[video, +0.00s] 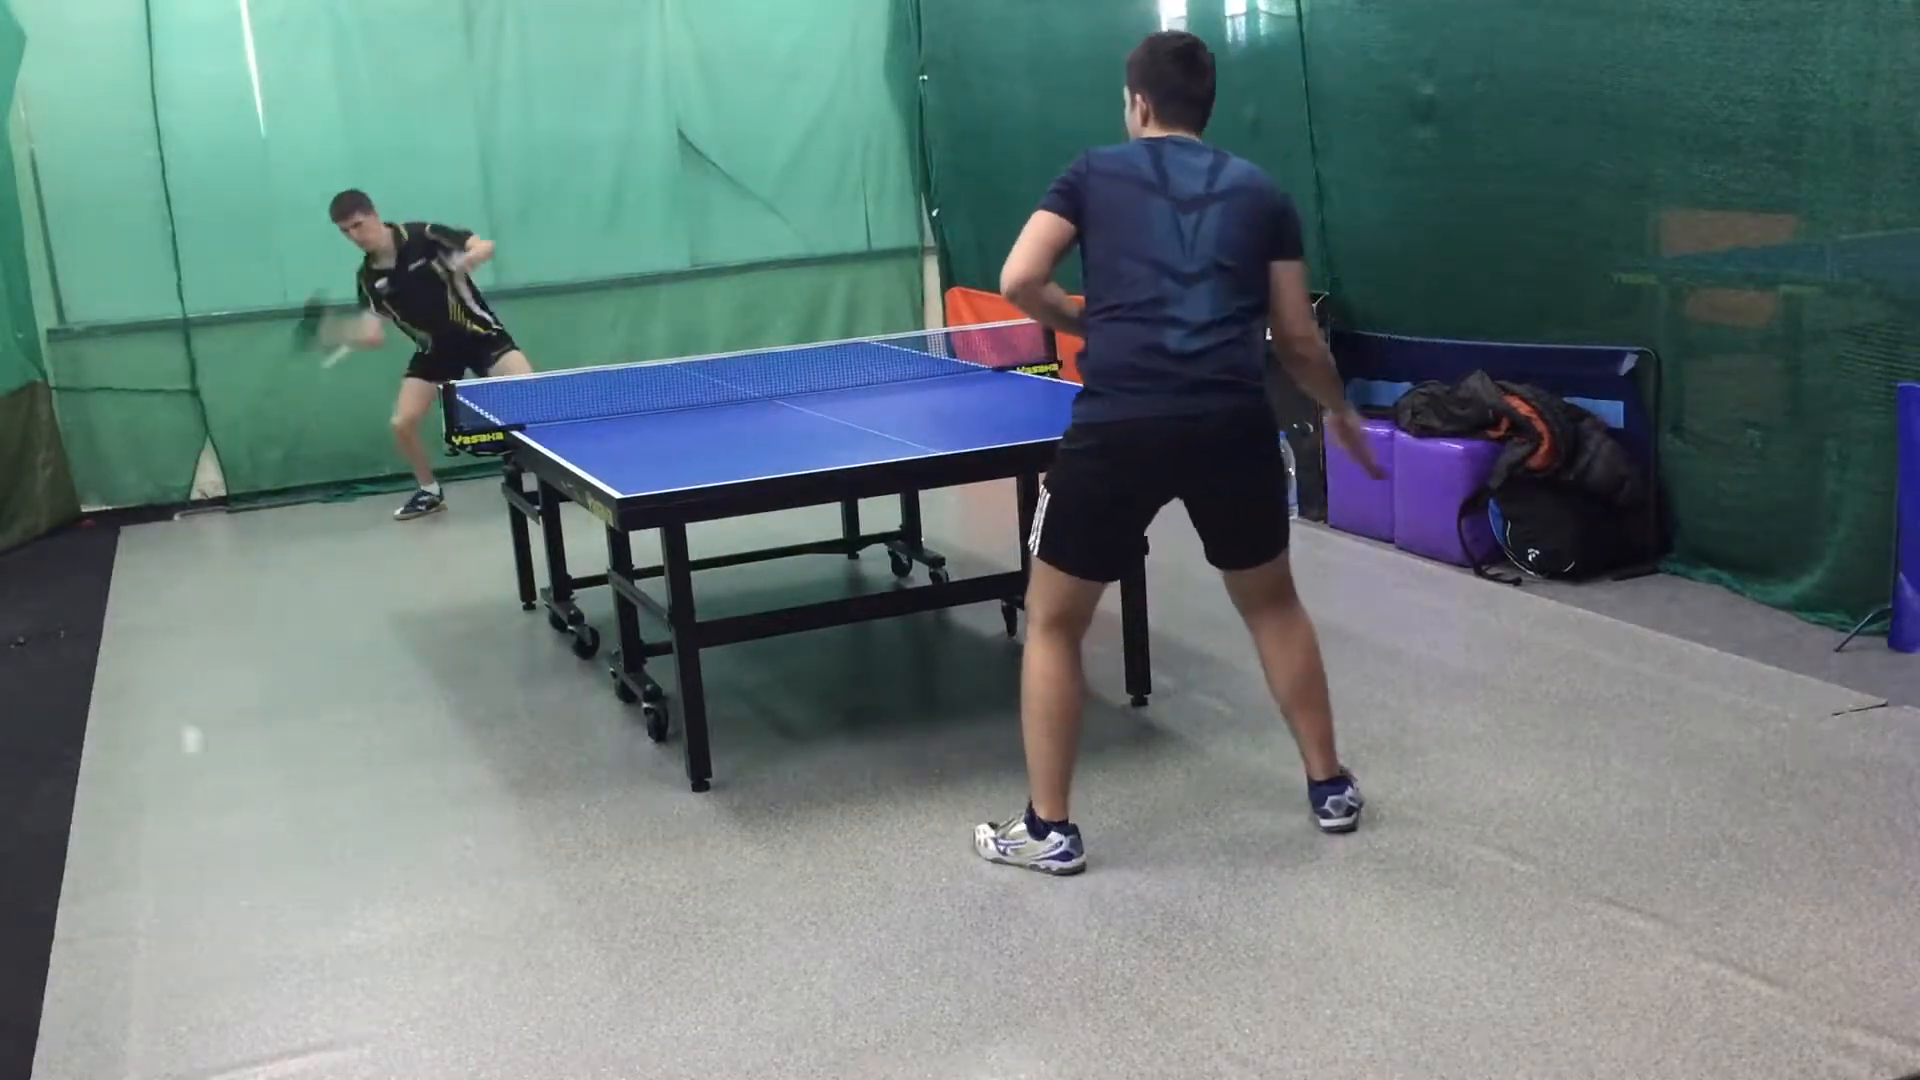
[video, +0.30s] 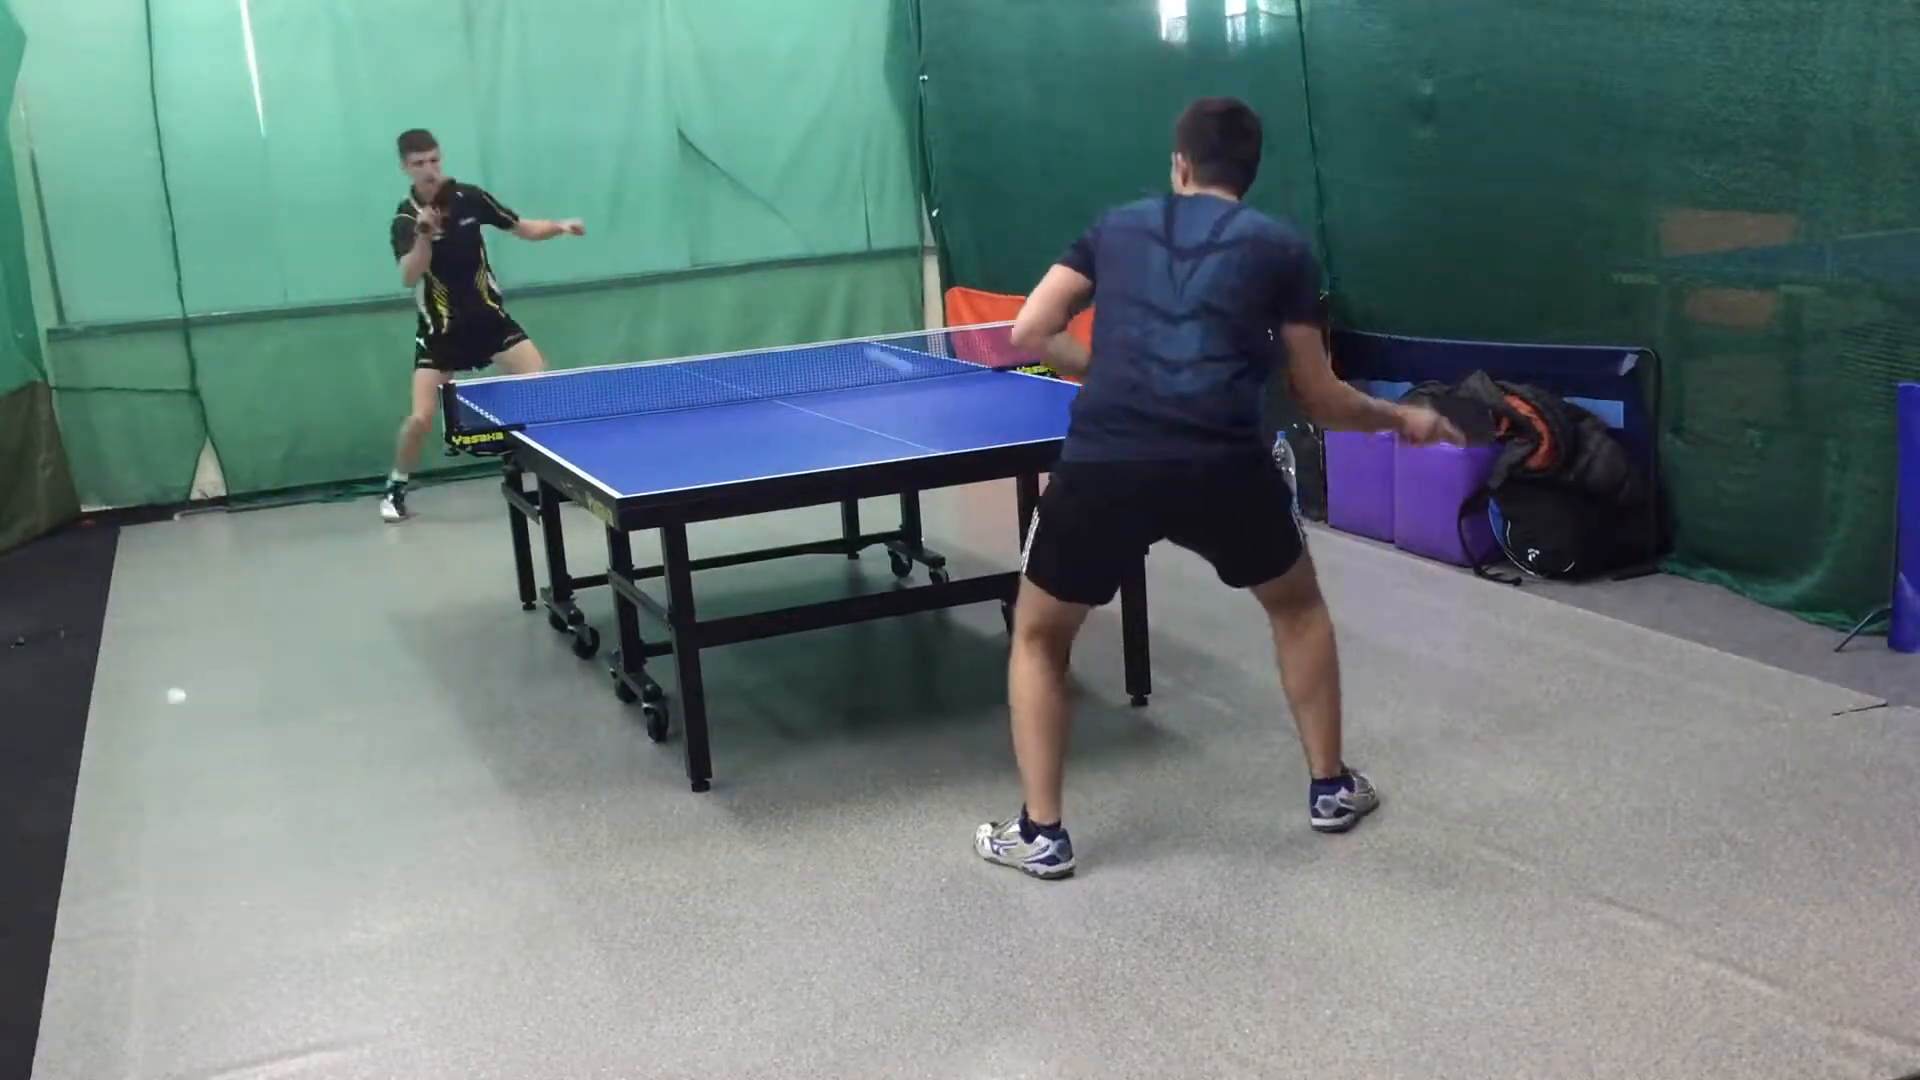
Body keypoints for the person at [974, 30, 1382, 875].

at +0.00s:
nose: (1127, 110)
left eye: (1127, 99)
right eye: (1135, 98)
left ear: (1136, 104)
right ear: (1209, 106)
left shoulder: (1096, 173)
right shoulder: (1259, 192)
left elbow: (1020, 280)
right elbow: (1295, 335)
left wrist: (1084, 319)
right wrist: (1341, 414)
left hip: (1118, 432)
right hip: (1231, 431)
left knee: (1055, 624)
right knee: (1274, 605)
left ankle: (1050, 827)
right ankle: (1330, 787)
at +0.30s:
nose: (1181, 170)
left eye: (1179, 160)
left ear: (1177, 165)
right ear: (1253, 172)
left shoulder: (1117, 227)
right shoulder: (1279, 248)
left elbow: (1029, 332)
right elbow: (1318, 396)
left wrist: (1099, 367)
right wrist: (1393, 416)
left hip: (1104, 477)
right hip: (1224, 478)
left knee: (1040, 638)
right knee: (1297, 612)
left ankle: (1042, 831)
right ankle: (1329, 785)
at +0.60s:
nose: (1205, 119)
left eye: (1206, 108)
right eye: (1213, 109)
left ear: (1213, 115)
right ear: (1283, 125)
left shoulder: (1168, 175)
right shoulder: (1318, 215)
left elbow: (1083, 275)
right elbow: (1320, 353)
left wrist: (1148, 322)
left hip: (1173, 432)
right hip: (1284, 436)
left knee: (1092, 618)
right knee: (1309, 603)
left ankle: (1049, 824)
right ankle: (1330, 782)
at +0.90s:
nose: (1144, 127)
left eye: (1144, 116)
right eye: (1148, 115)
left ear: (1157, 120)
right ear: (1225, 121)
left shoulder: (1139, 187)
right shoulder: (1277, 200)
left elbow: (1091, 302)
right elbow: (1270, 301)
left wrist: (1146, 344)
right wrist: (1182, 326)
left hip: (1190, 446)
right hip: (1293, 440)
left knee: (1088, 624)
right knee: (1298, 605)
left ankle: (1070, 829)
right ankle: (1340, 780)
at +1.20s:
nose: (1136, 112)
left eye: (1135, 102)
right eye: (1143, 100)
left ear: (1146, 106)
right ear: (1219, 107)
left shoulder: (1111, 175)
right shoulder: (1272, 192)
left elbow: (1042, 285)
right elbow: (1299, 329)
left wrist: (1098, 321)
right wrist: (1307, 387)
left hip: (1145, 435)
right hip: (1255, 430)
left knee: (1071, 625)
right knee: (1293, 605)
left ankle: (1068, 829)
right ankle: (1346, 784)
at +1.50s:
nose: (1199, 162)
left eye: (1199, 152)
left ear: (1204, 158)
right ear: (1277, 167)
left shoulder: (1146, 219)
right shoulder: (1308, 250)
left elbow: (1060, 323)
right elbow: (1342, 393)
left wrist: (1136, 367)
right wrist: (1390, 367)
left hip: (1137, 470)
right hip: (1257, 470)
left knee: (1064, 635)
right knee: (1322, 604)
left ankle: (1069, 829)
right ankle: (1348, 785)